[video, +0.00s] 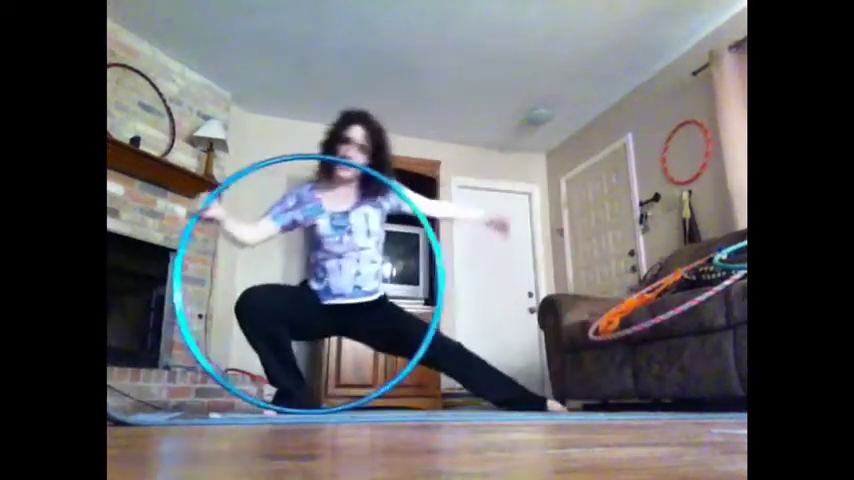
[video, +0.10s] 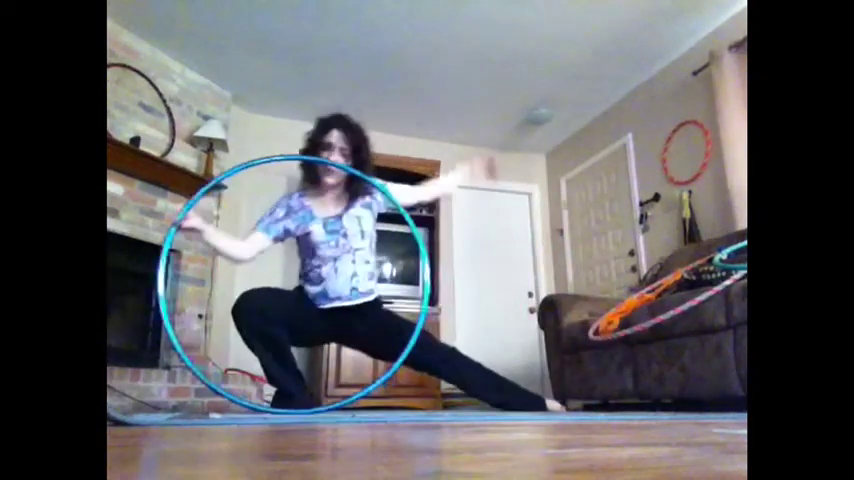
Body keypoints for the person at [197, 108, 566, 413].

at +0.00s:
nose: (351, 152)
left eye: (361, 147)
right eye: (345, 142)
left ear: (372, 157)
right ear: (330, 146)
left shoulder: (381, 196)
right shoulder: (306, 198)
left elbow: (437, 209)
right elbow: (249, 235)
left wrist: (487, 218)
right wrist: (219, 215)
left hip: (371, 309)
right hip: (318, 306)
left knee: (443, 349)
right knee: (253, 304)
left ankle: (538, 407)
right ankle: (296, 400)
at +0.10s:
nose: (332, 159)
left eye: (342, 153)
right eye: (325, 150)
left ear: (355, 161)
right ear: (313, 155)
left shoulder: (369, 196)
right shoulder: (294, 207)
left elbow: (426, 192)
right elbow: (242, 251)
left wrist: (468, 171)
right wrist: (203, 228)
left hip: (363, 314)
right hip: (313, 313)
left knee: (438, 356)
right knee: (250, 308)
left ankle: (540, 410)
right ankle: (294, 397)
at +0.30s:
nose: (317, 164)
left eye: (326, 156)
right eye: (309, 156)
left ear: (343, 161)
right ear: (299, 161)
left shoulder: (364, 195)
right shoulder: (289, 213)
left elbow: (413, 165)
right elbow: (245, 263)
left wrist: (422, 114)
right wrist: (202, 232)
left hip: (360, 318)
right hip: (310, 316)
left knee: (442, 363)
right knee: (250, 308)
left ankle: (541, 408)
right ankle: (288, 397)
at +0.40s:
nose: (322, 165)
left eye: (329, 155)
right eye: (313, 157)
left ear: (343, 160)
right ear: (301, 165)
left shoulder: (362, 192)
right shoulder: (295, 216)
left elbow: (398, 139)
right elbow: (258, 269)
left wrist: (373, 85)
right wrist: (229, 222)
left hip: (363, 317)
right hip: (316, 314)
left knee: (441, 356)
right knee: (257, 309)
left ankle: (540, 410)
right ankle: (290, 399)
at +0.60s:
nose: (338, 167)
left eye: (343, 157)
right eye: (328, 161)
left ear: (356, 159)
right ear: (315, 169)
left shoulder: (376, 189)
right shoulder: (314, 211)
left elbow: (382, 121)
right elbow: (308, 263)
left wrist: (326, 103)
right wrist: (300, 205)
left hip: (378, 311)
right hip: (330, 309)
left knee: (463, 339)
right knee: (279, 302)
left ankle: (537, 410)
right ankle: (289, 402)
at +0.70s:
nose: (323, 181)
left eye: (328, 173)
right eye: (320, 175)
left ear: (351, 169)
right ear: (324, 178)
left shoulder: (387, 187)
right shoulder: (335, 208)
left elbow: (394, 125)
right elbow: (335, 255)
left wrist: (332, 121)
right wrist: (338, 197)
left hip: (387, 311)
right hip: (341, 308)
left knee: (470, 332)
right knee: (289, 301)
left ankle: (532, 405)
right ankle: (292, 400)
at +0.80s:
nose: (366, 175)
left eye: (370, 167)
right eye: (357, 171)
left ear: (382, 167)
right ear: (348, 178)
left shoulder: (402, 191)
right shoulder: (350, 215)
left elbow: (412, 132)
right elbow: (369, 251)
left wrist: (352, 133)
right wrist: (373, 198)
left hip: (402, 311)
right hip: (354, 310)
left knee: (477, 327)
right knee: (304, 301)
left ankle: (530, 402)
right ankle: (294, 399)